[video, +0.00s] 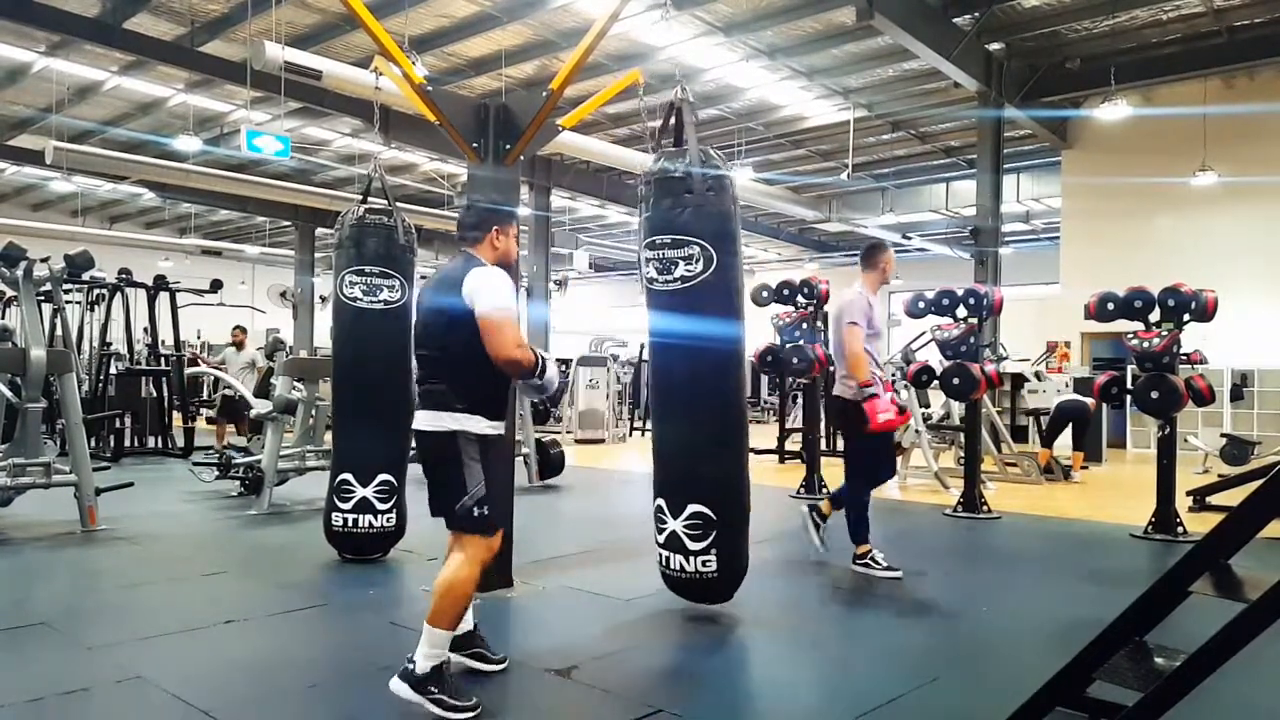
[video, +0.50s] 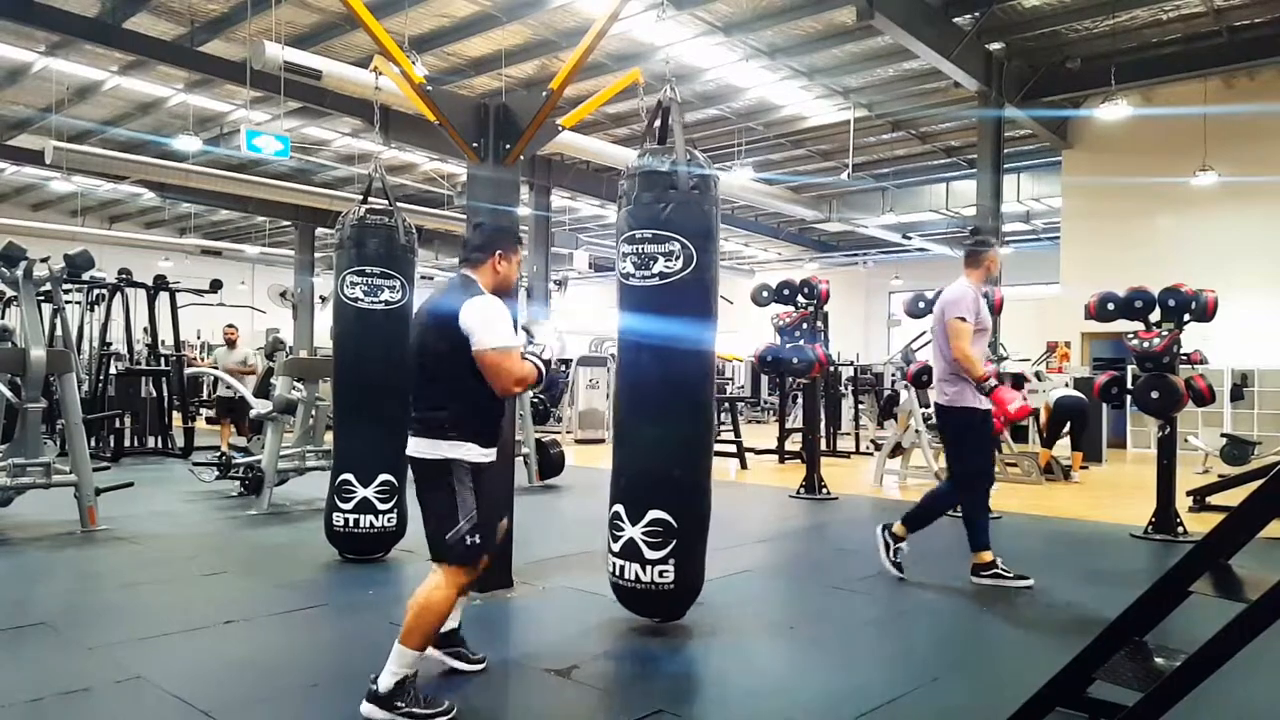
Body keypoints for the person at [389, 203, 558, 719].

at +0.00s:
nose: (518, 246)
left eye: (517, 236)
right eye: (516, 235)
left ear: (475, 235)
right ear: (496, 235)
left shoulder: (444, 278)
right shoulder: (488, 278)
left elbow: (450, 355)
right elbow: (508, 352)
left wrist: (523, 372)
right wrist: (540, 365)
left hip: (443, 425)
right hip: (466, 428)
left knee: (476, 536)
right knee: (476, 543)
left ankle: (460, 633)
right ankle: (423, 669)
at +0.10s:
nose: (514, 256)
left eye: (514, 247)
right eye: (512, 246)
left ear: (465, 245)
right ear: (494, 245)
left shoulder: (429, 291)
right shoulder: (493, 290)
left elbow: (412, 355)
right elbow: (515, 363)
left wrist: (478, 374)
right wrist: (539, 384)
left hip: (431, 438)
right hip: (467, 441)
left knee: (462, 552)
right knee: (468, 559)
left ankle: (439, 642)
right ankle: (410, 688)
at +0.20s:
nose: (515, 266)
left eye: (514, 256)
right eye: (513, 255)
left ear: (465, 254)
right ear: (494, 254)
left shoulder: (428, 300)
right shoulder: (487, 304)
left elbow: (411, 369)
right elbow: (515, 382)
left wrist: (485, 383)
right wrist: (543, 385)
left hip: (431, 451)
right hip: (464, 455)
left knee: (460, 561)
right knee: (465, 570)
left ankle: (436, 645)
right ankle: (407, 693)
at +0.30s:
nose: (518, 251)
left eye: (517, 241)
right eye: (515, 241)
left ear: (469, 241)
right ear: (497, 241)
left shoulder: (434, 285)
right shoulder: (488, 285)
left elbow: (410, 355)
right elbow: (504, 359)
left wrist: (475, 359)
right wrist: (531, 353)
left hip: (431, 433)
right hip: (459, 437)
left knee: (458, 545)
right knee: (460, 551)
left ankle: (440, 634)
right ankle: (412, 682)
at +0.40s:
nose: (518, 257)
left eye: (517, 247)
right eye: (516, 247)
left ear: (473, 245)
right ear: (496, 245)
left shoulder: (441, 284)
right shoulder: (482, 286)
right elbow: (508, 359)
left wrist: (520, 342)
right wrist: (536, 343)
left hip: (437, 433)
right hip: (453, 436)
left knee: (463, 546)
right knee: (474, 550)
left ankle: (437, 638)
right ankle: (400, 671)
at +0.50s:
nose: (518, 275)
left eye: (518, 265)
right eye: (516, 265)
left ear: (479, 257)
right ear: (498, 259)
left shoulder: (446, 296)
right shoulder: (479, 304)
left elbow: (479, 369)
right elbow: (509, 380)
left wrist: (518, 359)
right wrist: (536, 366)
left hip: (447, 448)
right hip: (449, 452)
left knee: (485, 538)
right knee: (457, 566)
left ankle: (442, 630)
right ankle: (389, 685)